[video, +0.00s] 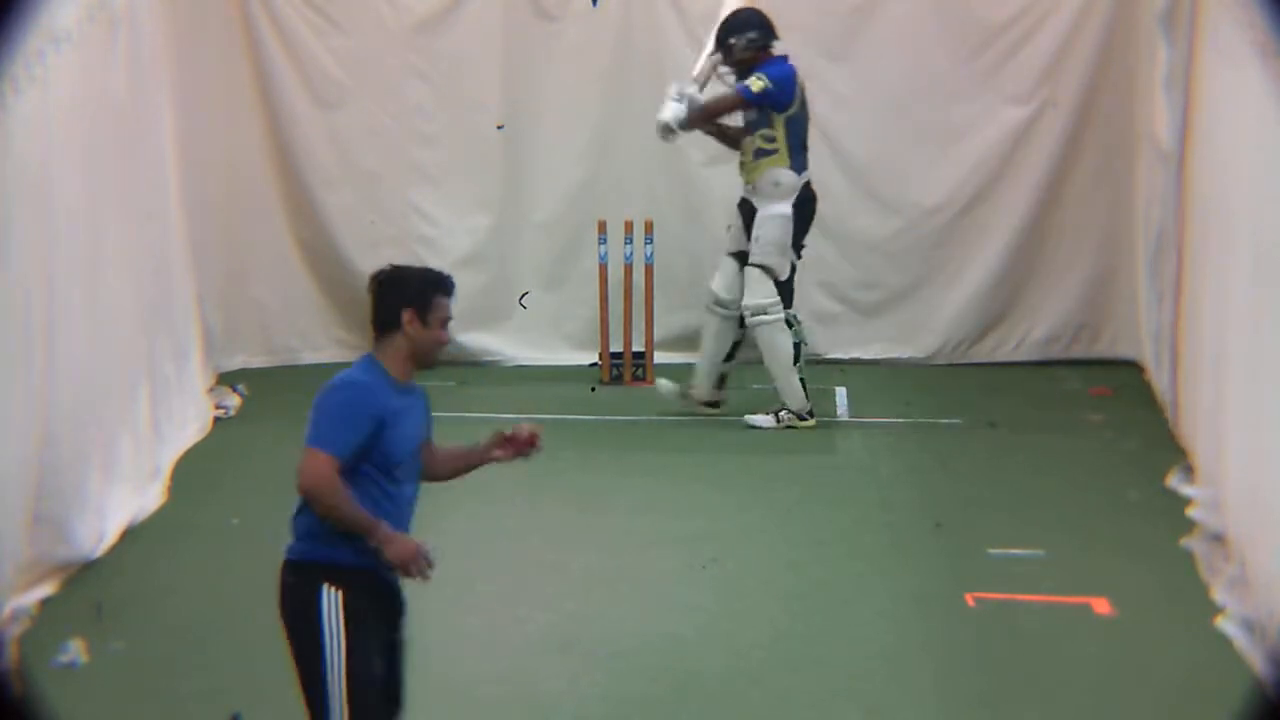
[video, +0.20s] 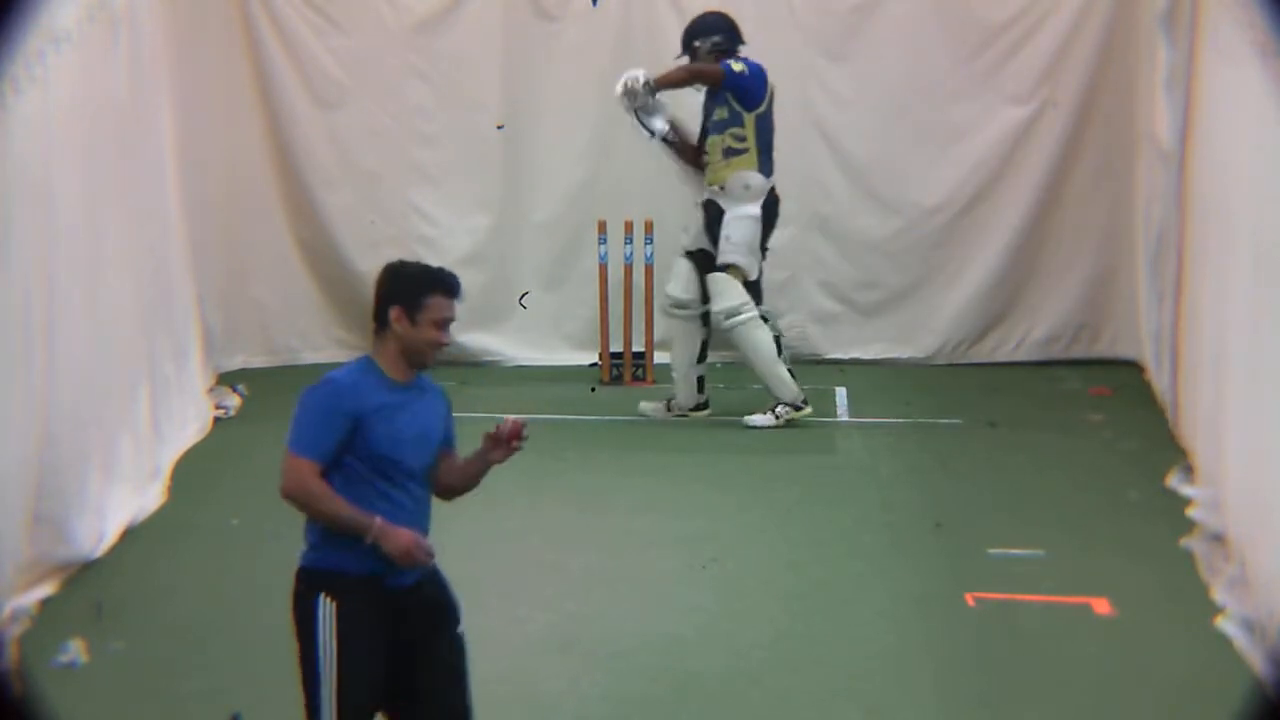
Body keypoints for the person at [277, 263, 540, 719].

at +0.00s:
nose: (448, 335)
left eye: (448, 324)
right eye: (443, 323)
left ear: (412, 323)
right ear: (409, 322)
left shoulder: (411, 396)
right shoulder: (353, 391)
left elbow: (422, 463)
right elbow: (314, 478)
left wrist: (487, 453)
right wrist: (385, 537)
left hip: (373, 581)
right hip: (329, 583)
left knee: (382, 707)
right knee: (345, 712)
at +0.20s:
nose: (448, 339)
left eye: (449, 326)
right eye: (440, 326)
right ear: (398, 319)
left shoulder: (432, 397)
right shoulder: (336, 394)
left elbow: (445, 482)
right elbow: (296, 482)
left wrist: (485, 457)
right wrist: (379, 531)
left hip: (415, 586)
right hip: (343, 590)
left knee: (443, 710)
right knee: (342, 712)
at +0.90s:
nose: (534, 378)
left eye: (544, 365)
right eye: (522, 363)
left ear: (552, 361)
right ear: (487, 353)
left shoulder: (570, 432)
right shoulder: (433, 428)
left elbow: (607, 526)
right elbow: (374, 508)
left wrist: (584, 511)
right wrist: (350, 602)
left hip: (534, 624)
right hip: (456, 623)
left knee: (537, 712)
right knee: (460, 712)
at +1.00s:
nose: (540, 396)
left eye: (550, 382)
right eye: (527, 381)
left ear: (559, 378)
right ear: (493, 370)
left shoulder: (582, 449)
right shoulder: (445, 447)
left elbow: (624, 541)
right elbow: (385, 529)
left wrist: (597, 530)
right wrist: (349, 621)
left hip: (548, 643)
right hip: (468, 643)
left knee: (550, 713)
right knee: (472, 713)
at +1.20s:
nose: (536, 386)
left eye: (549, 374)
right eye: (523, 372)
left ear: (563, 383)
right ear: (497, 378)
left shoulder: (599, 457)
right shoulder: (458, 465)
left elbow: (637, 539)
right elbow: (417, 562)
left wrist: (610, 568)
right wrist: (396, 665)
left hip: (573, 659)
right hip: (491, 658)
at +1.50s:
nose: (570, 388)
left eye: (584, 377)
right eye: (557, 374)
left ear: (600, 388)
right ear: (535, 383)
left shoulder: (633, 471)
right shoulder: (490, 469)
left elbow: (668, 557)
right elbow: (446, 564)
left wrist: (633, 587)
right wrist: (532, 590)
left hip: (606, 678)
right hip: (515, 680)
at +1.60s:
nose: (589, 405)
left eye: (604, 394)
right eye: (577, 392)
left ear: (622, 407)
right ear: (555, 402)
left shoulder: (653, 492)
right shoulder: (511, 487)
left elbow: (685, 587)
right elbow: (469, 583)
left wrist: (642, 599)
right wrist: (563, 599)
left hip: (622, 695)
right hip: (530, 695)